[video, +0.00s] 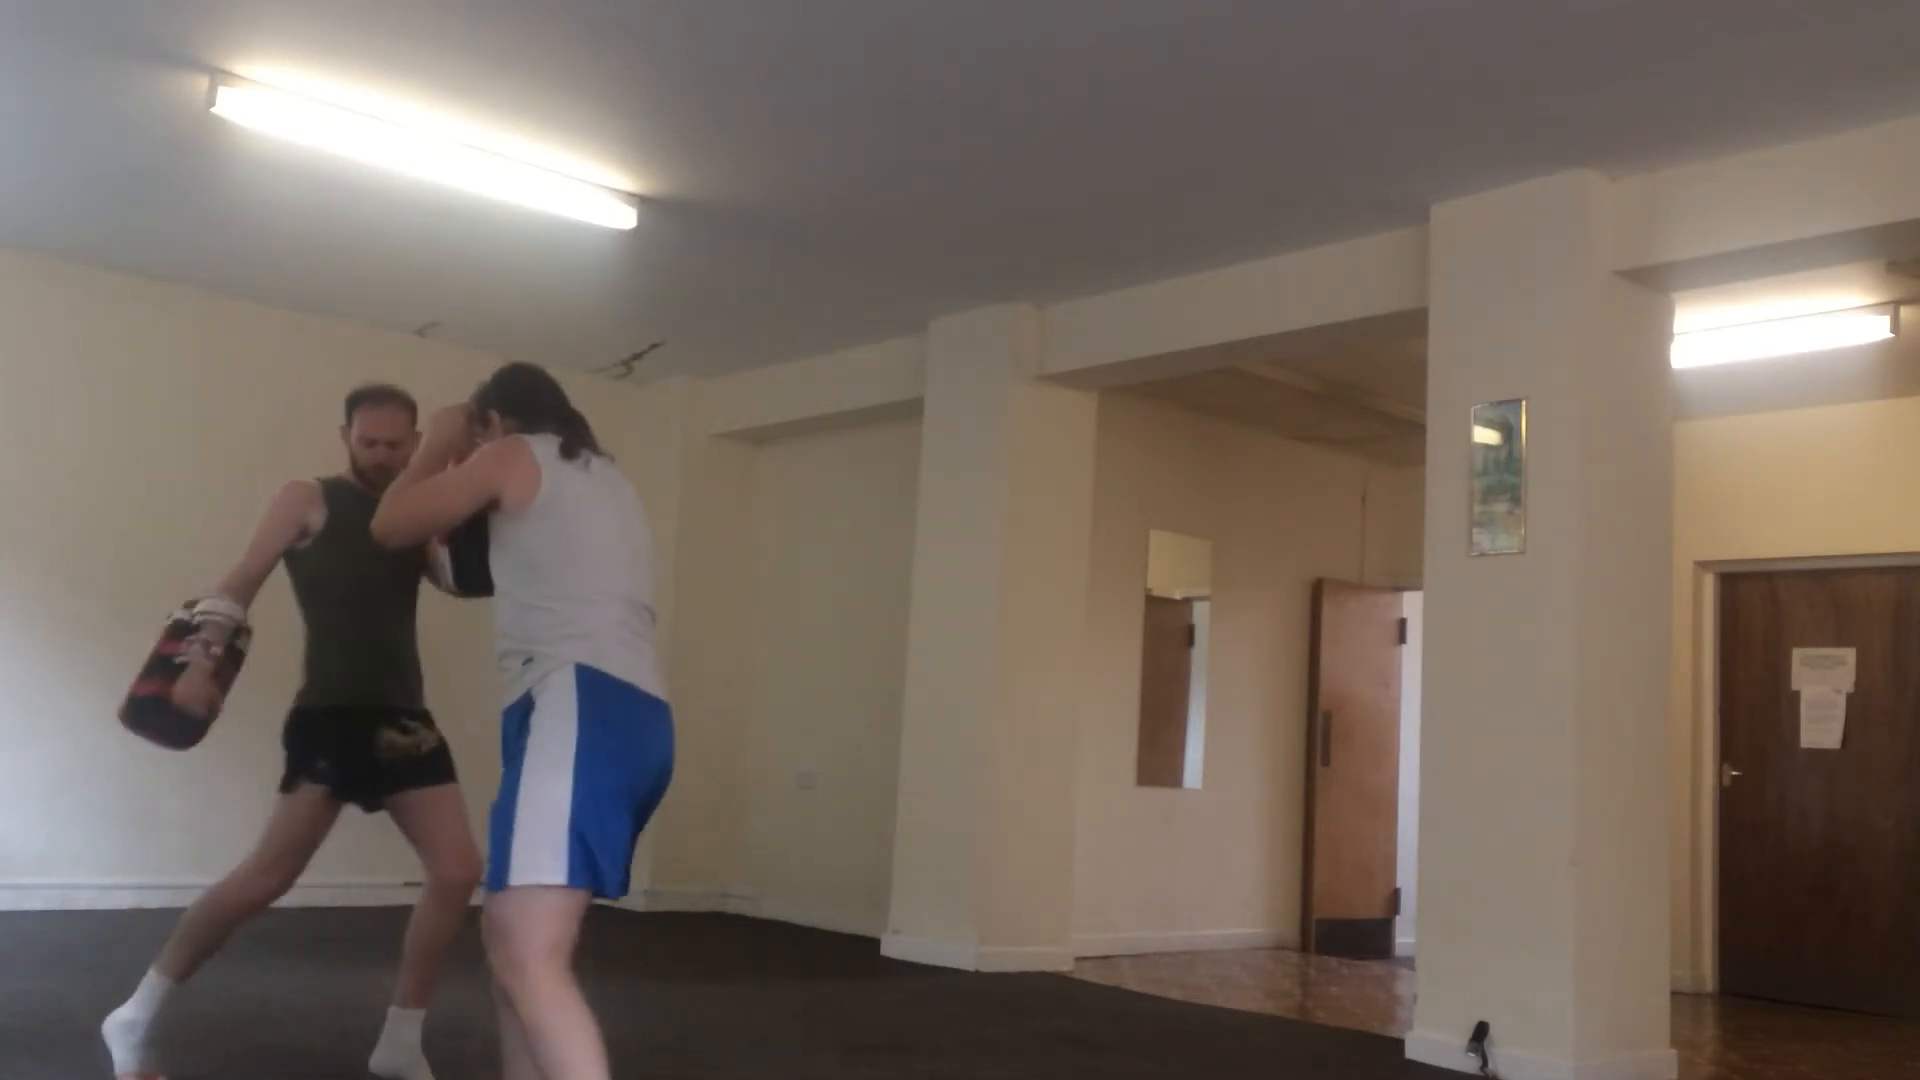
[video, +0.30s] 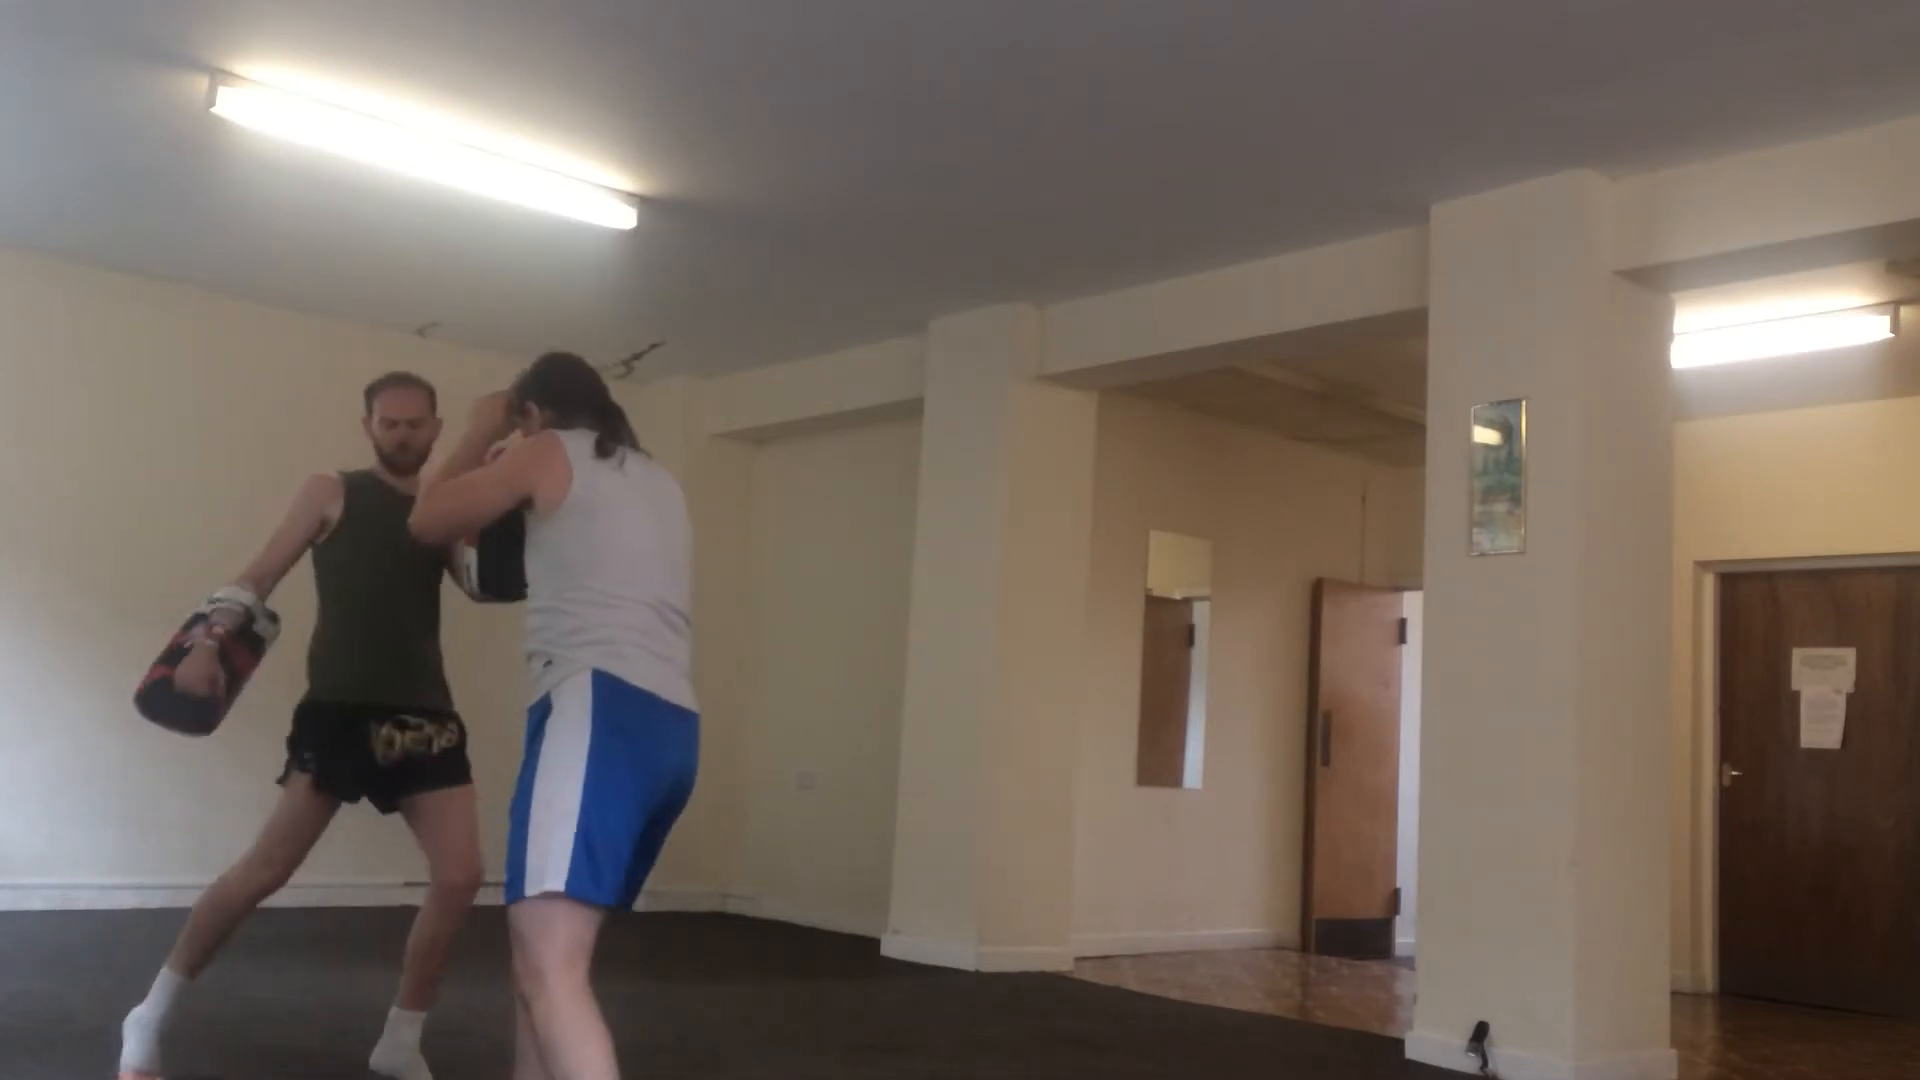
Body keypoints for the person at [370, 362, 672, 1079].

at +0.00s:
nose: (482, 442)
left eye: (480, 432)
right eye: (481, 434)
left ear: (496, 420)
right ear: (560, 416)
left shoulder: (517, 455)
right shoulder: (610, 485)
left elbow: (392, 521)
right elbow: (477, 571)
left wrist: (436, 443)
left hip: (574, 705)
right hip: (632, 715)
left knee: (529, 957)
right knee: (514, 950)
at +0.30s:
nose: (520, 432)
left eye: (519, 420)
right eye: (519, 421)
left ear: (535, 413)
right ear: (600, 411)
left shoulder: (550, 452)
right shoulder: (660, 483)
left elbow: (429, 515)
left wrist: (474, 433)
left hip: (595, 708)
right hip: (667, 727)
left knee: (552, 969)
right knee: (541, 964)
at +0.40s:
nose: (531, 422)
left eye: (530, 411)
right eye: (531, 410)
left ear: (545, 407)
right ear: (611, 406)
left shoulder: (553, 451)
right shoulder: (671, 481)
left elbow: (435, 514)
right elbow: (603, 560)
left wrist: (486, 431)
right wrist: (499, 547)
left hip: (598, 707)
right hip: (674, 727)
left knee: (554, 966)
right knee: (547, 961)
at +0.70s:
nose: (570, 413)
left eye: (571, 402)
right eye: (572, 401)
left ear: (585, 402)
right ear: (656, 404)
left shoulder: (584, 448)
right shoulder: (716, 482)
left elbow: (470, 509)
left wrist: (522, 429)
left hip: (619, 719)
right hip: (702, 739)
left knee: (546, 966)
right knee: (594, 958)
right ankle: (561, 1070)